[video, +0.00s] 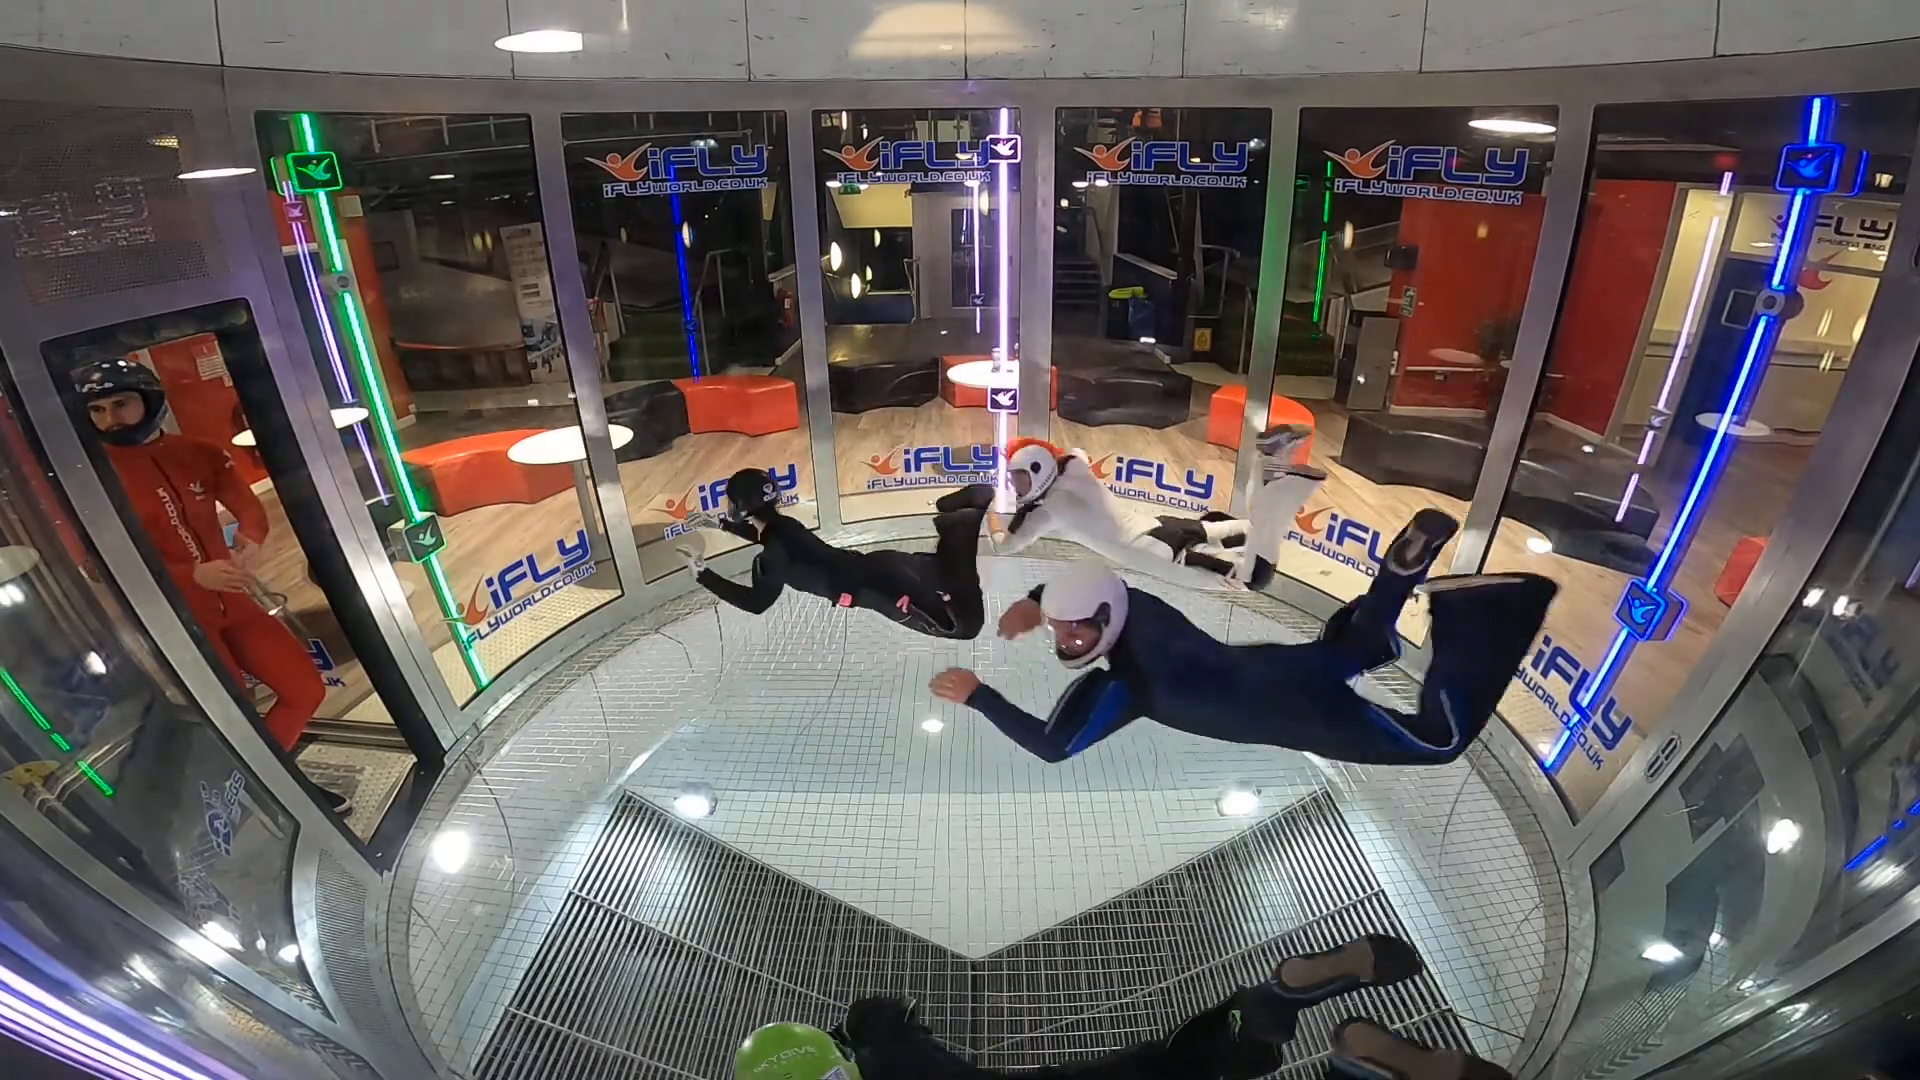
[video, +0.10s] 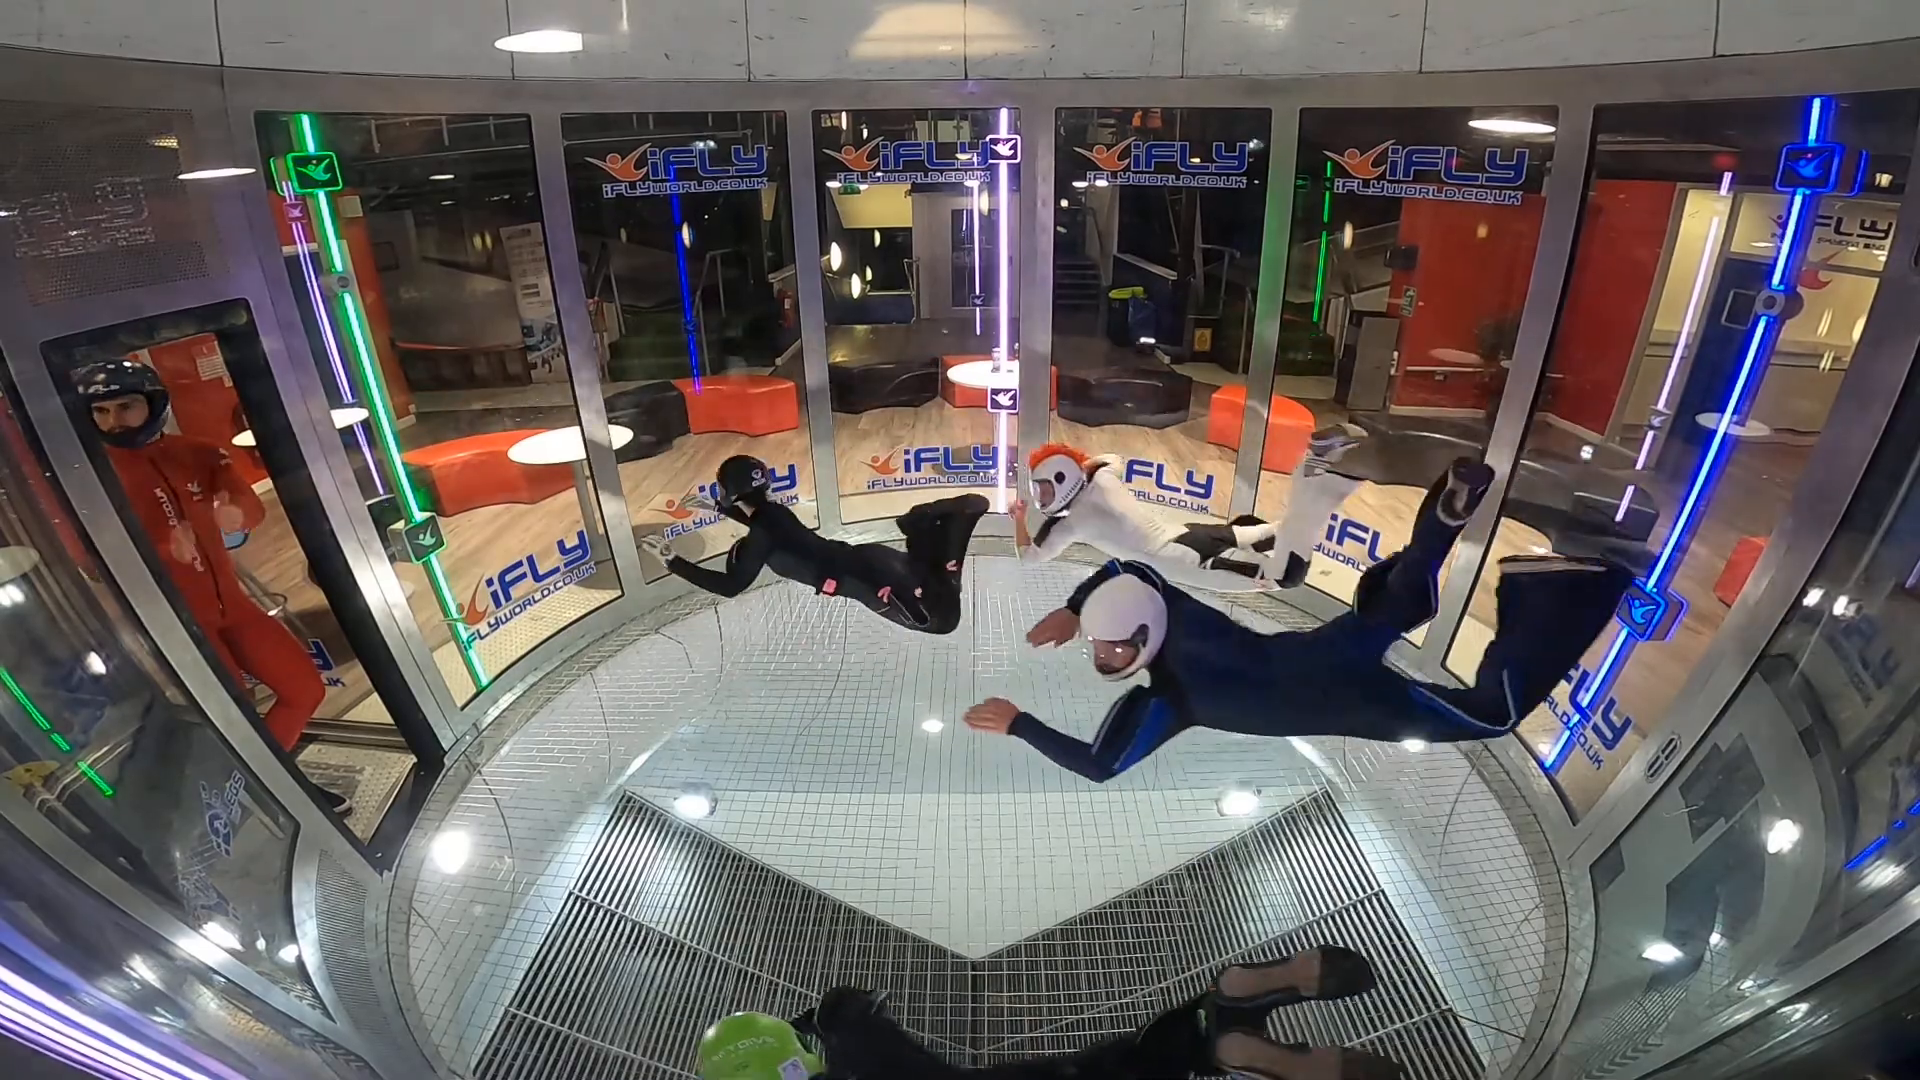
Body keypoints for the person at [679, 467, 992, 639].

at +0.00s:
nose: (726, 513)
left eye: (729, 505)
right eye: (727, 506)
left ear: (742, 512)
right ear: (766, 499)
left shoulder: (774, 550)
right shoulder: (779, 530)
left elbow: (756, 602)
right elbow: (757, 534)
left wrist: (704, 575)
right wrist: (725, 525)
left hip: (879, 584)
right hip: (881, 568)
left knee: (967, 624)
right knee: (954, 598)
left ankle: (958, 526)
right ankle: (954, 517)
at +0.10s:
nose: (724, 499)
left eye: (725, 492)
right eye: (724, 492)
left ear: (736, 495)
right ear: (759, 485)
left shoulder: (762, 531)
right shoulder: (773, 512)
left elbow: (730, 586)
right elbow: (751, 521)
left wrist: (673, 562)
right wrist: (720, 509)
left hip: (863, 576)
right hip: (865, 561)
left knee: (941, 620)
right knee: (936, 609)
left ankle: (951, 530)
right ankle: (926, 528)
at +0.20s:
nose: (716, 485)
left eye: (719, 479)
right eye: (717, 478)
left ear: (731, 484)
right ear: (751, 474)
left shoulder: (753, 517)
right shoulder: (761, 499)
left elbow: (714, 565)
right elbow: (741, 506)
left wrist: (664, 537)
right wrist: (711, 496)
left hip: (851, 569)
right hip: (852, 553)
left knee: (927, 612)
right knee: (915, 595)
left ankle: (941, 527)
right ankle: (924, 521)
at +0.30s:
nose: (713, 472)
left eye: (715, 465)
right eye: (715, 467)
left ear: (726, 470)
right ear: (748, 461)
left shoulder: (750, 505)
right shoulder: (758, 489)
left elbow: (710, 548)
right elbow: (737, 495)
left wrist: (664, 513)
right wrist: (709, 485)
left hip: (843, 559)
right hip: (846, 544)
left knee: (917, 605)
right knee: (913, 590)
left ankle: (930, 522)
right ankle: (930, 520)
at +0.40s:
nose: (715, 458)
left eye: (717, 453)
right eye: (716, 454)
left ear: (728, 459)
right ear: (749, 454)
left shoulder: (752, 496)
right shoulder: (756, 480)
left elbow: (713, 537)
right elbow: (728, 483)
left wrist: (667, 507)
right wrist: (698, 473)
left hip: (844, 547)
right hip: (847, 535)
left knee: (908, 602)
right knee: (904, 589)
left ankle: (919, 520)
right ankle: (917, 517)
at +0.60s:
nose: (733, 445)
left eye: (739, 439)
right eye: (731, 439)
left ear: (757, 443)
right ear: (756, 444)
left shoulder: (762, 480)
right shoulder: (768, 463)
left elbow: (733, 527)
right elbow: (744, 468)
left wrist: (691, 505)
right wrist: (715, 465)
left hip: (846, 529)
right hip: (852, 514)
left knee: (902, 593)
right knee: (909, 562)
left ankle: (920, 511)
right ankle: (924, 503)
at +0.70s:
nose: (739, 443)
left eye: (743, 437)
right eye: (739, 437)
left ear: (758, 442)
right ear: (770, 438)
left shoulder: (772, 479)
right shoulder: (781, 457)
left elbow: (744, 525)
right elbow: (758, 466)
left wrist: (706, 501)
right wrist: (730, 461)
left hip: (856, 525)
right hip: (862, 508)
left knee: (908, 588)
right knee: (916, 549)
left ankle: (927, 511)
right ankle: (933, 496)